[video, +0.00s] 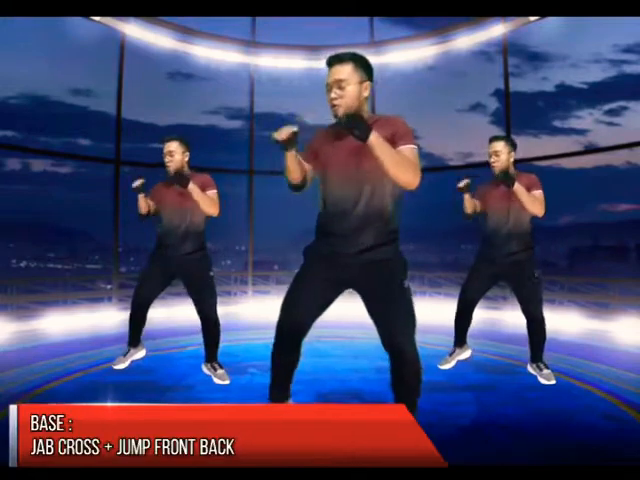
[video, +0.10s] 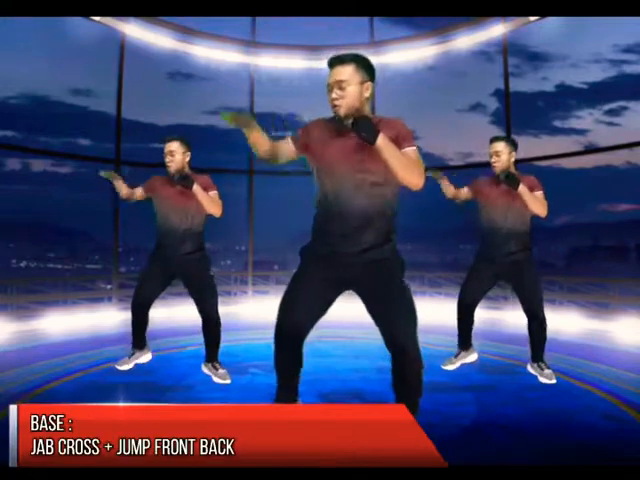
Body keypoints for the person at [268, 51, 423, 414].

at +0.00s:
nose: (333, 93)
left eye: (341, 85)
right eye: (330, 87)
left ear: (366, 88)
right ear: (327, 92)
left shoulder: (393, 129)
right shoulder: (322, 139)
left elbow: (410, 179)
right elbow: (297, 181)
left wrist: (369, 136)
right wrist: (289, 149)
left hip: (379, 258)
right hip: (327, 258)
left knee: (402, 347)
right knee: (288, 330)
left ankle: (405, 422)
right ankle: (277, 408)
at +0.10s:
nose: (333, 94)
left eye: (341, 85)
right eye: (330, 87)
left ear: (367, 88)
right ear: (328, 91)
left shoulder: (394, 132)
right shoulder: (316, 133)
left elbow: (415, 180)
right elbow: (273, 153)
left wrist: (377, 139)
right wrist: (251, 128)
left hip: (377, 261)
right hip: (324, 260)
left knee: (406, 349)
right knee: (288, 331)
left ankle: (407, 424)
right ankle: (286, 408)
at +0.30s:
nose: (312, 94)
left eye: (319, 87)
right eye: (311, 87)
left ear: (344, 90)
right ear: (317, 91)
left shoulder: (371, 132)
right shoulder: (314, 134)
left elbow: (381, 189)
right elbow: (286, 157)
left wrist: (340, 146)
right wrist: (277, 139)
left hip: (354, 261)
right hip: (313, 258)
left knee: (378, 343)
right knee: (282, 327)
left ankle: (419, 421)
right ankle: (288, 410)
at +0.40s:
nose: (304, 96)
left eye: (309, 89)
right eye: (305, 90)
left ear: (331, 90)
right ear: (328, 91)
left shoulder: (353, 126)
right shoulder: (326, 130)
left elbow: (335, 163)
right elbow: (313, 167)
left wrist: (301, 131)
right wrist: (301, 133)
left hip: (347, 256)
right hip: (316, 255)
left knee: (363, 344)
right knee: (282, 325)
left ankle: (424, 417)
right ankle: (289, 410)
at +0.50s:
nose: (313, 98)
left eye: (317, 91)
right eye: (313, 92)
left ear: (338, 90)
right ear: (339, 92)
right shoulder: (340, 126)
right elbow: (317, 173)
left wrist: (232, 109)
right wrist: (312, 133)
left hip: (348, 257)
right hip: (322, 255)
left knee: (362, 346)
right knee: (286, 324)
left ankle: (418, 416)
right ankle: (289, 410)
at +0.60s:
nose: (316, 99)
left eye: (320, 91)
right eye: (316, 92)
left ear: (341, 89)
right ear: (338, 91)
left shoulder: (358, 119)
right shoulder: (339, 128)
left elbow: (297, 133)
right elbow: (316, 177)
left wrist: (256, 114)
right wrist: (310, 131)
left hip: (356, 254)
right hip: (328, 253)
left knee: (374, 345)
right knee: (291, 325)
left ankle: (423, 424)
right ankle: (290, 415)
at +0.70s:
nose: (311, 100)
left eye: (316, 93)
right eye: (311, 94)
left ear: (340, 93)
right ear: (333, 94)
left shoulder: (371, 125)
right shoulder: (330, 137)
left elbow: (370, 171)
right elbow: (317, 187)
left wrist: (325, 134)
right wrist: (302, 149)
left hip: (369, 256)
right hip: (332, 256)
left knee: (385, 346)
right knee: (296, 330)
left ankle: (424, 428)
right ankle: (289, 417)